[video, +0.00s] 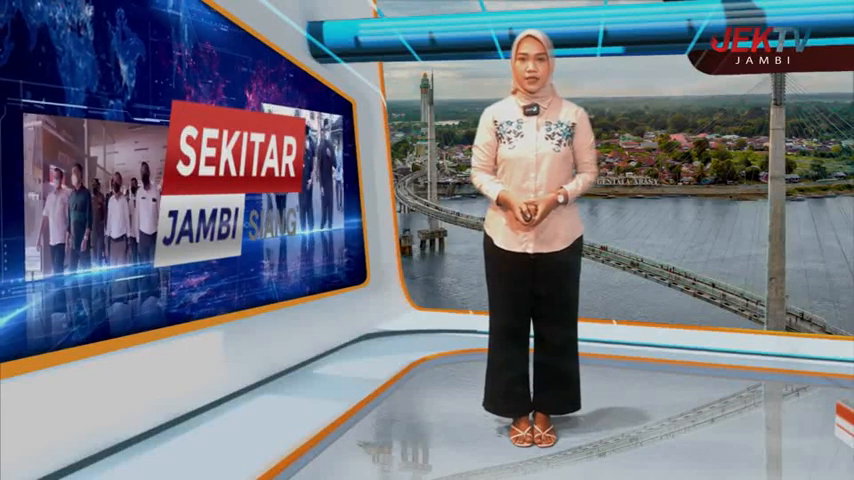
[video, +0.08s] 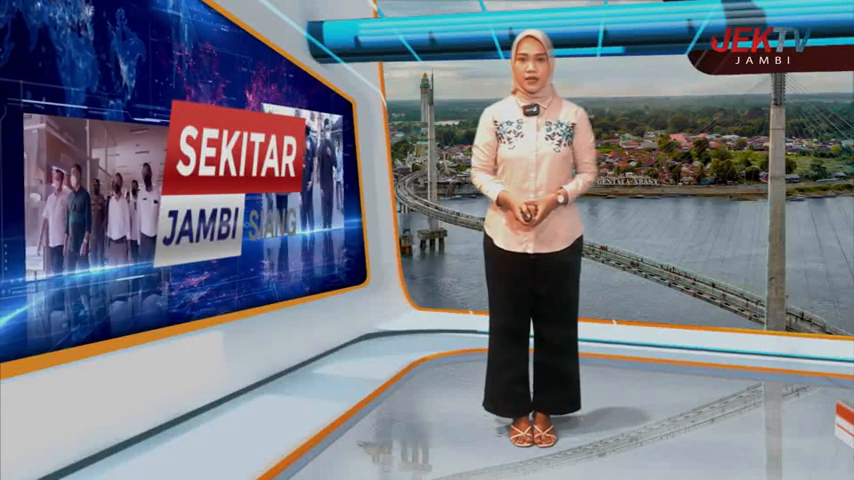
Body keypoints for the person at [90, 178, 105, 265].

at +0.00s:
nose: (94, 187)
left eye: (96, 185)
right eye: (93, 185)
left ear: (99, 186)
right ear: (91, 186)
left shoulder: (101, 197)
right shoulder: (90, 197)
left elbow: (104, 209)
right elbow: (88, 210)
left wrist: (104, 219)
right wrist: (88, 222)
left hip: (100, 221)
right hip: (92, 221)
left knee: (100, 241)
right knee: (93, 241)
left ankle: (99, 259)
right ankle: (93, 259)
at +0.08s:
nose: (95, 187)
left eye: (97, 185)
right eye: (94, 185)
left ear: (99, 186)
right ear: (91, 186)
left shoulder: (102, 198)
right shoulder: (89, 198)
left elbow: (104, 212)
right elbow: (87, 212)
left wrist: (104, 222)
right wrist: (88, 224)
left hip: (100, 223)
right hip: (92, 223)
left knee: (100, 242)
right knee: (92, 243)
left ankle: (101, 261)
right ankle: (93, 263)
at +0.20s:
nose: (96, 189)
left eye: (98, 187)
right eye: (95, 187)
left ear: (101, 189)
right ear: (93, 189)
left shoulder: (103, 201)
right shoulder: (91, 201)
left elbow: (105, 215)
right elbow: (88, 215)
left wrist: (105, 226)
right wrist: (89, 227)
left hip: (101, 226)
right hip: (93, 226)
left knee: (101, 242)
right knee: (93, 242)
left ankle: (102, 260)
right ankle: (93, 261)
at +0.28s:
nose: (98, 191)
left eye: (99, 189)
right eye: (96, 189)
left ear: (102, 191)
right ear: (94, 191)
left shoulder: (104, 203)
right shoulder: (93, 202)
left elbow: (107, 216)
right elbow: (91, 215)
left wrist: (105, 227)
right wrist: (91, 226)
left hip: (102, 225)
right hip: (95, 225)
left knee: (102, 241)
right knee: (95, 241)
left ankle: (103, 259)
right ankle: (94, 259)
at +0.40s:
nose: (98, 193)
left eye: (99, 191)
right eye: (97, 191)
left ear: (102, 193)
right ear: (95, 193)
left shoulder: (105, 204)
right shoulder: (94, 204)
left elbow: (109, 218)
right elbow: (93, 217)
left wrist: (104, 228)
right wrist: (92, 227)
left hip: (103, 227)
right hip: (96, 227)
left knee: (103, 243)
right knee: (96, 243)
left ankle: (104, 260)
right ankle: (95, 260)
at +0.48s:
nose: (98, 195)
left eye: (100, 193)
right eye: (97, 193)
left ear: (103, 194)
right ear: (95, 194)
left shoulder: (105, 205)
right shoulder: (95, 205)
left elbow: (108, 220)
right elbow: (94, 218)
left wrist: (103, 230)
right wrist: (94, 229)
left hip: (103, 230)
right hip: (96, 230)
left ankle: (104, 263)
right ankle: (95, 263)